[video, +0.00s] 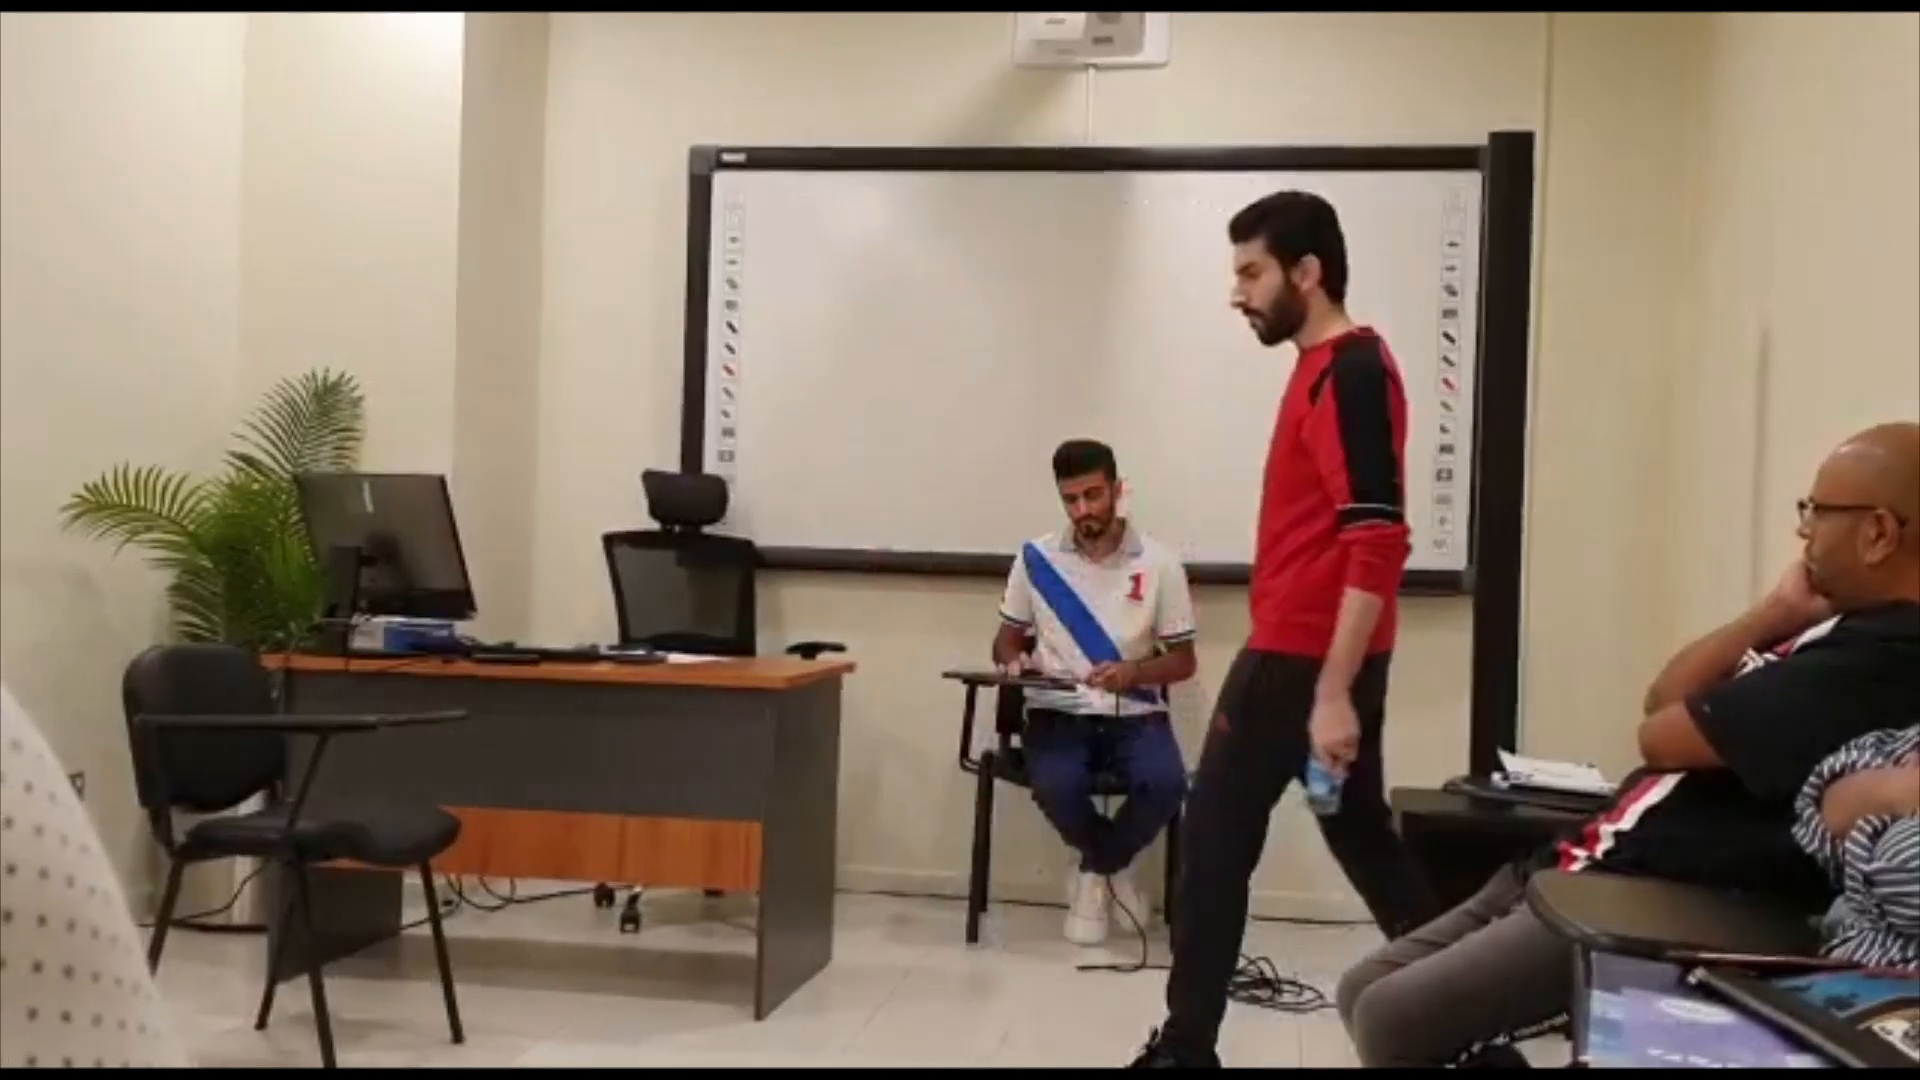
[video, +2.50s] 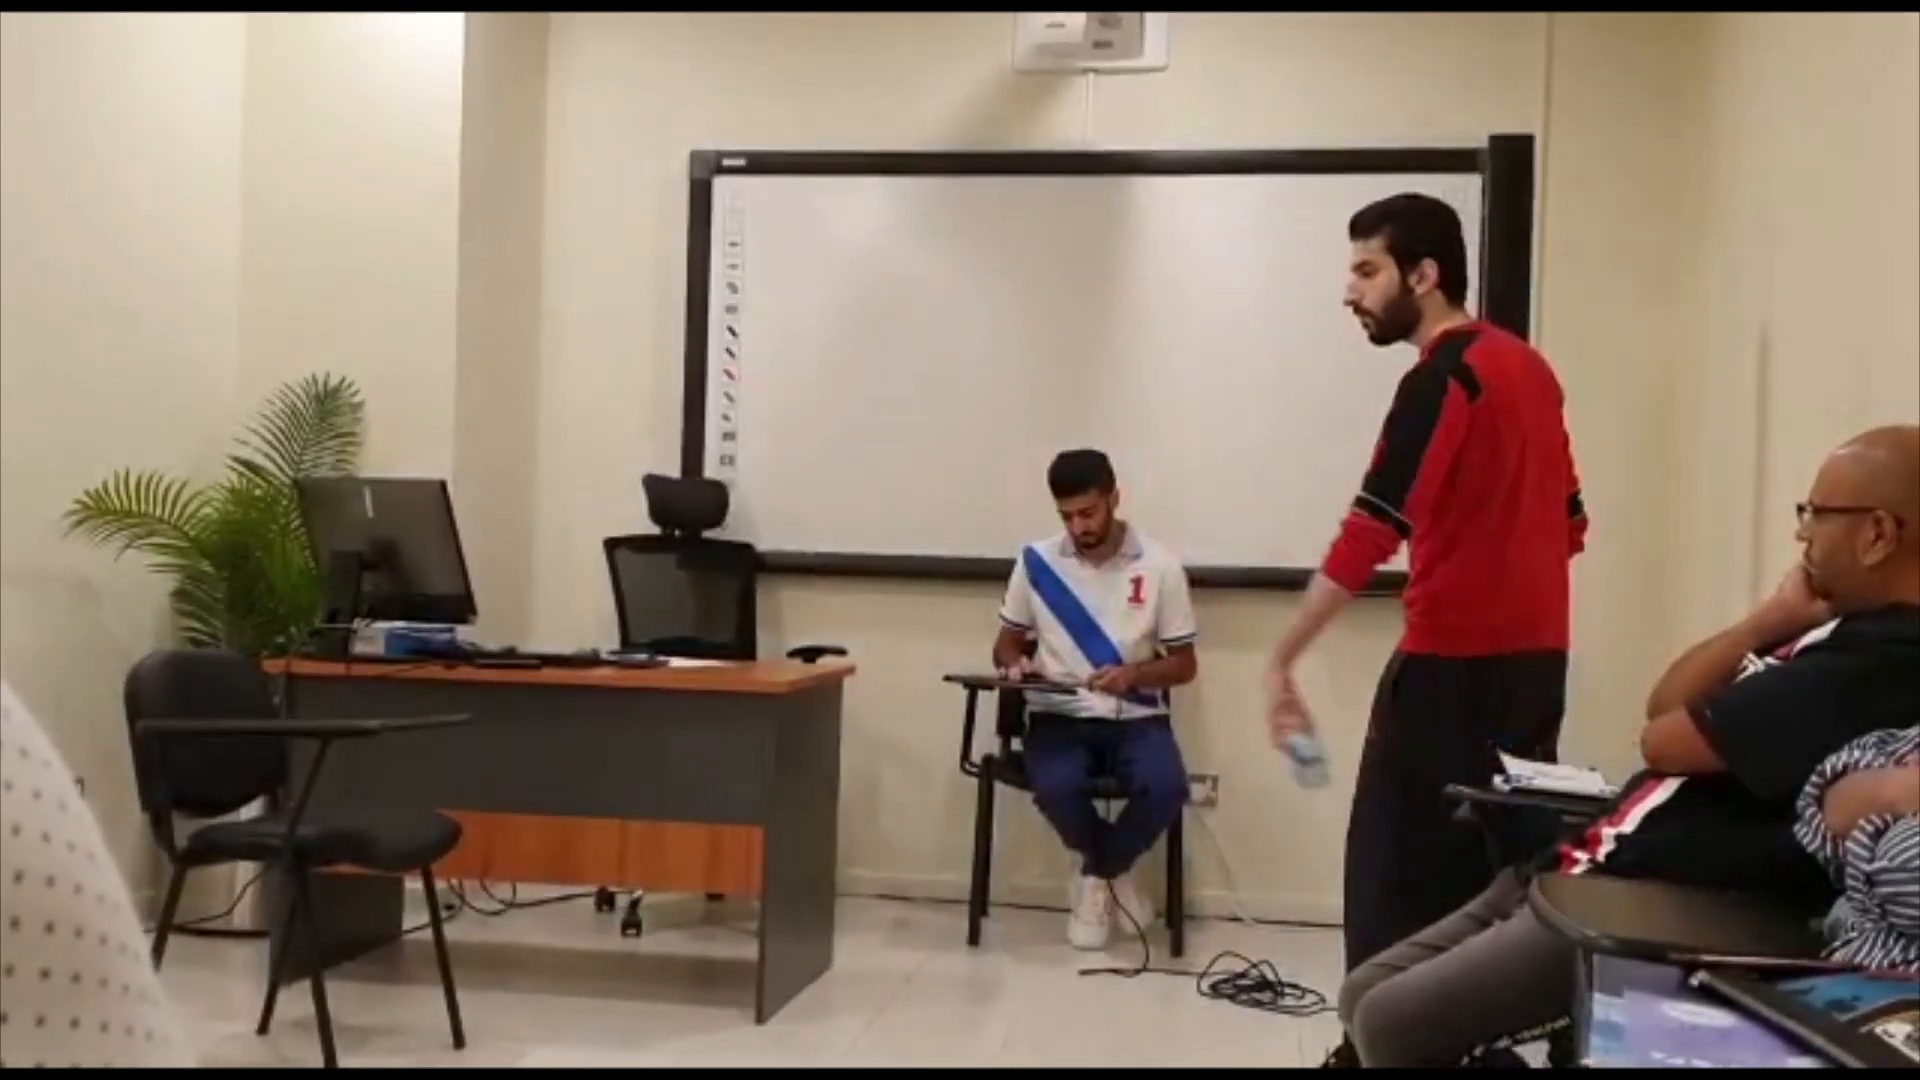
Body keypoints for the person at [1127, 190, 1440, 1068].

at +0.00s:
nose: (1236, 294)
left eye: (1249, 273)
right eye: (1234, 276)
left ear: (1308, 272)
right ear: (1303, 278)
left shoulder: (1352, 366)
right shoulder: (1322, 366)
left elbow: (1379, 541)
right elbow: (1326, 535)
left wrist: (1335, 690)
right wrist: (1267, 664)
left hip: (1300, 656)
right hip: (1319, 650)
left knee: (1215, 831)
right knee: (1365, 838)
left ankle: (1188, 1043)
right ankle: (1470, 1023)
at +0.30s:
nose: (1346, 288)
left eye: (1359, 267)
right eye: (1344, 270)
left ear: (1420, 263)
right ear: (1420, 270)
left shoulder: (1442, 362)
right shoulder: (1461, 355)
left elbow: (1471, 530)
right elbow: (1461, 530)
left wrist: (1435, 684)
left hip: (1396, 657)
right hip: (1457, 658)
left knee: (1306, 837)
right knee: (1458, 865)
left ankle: (1257, 1040)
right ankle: (1484, 1046)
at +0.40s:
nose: (1369, 280)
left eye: (1384, 260)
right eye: (1368, 263)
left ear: (1444, 260)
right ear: (1448, 267)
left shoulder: (1453, 362)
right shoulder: (1498, 359)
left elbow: (1477, 533)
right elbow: (1526, 535)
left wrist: (1435, 685)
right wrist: (1423, 628)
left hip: (1406, 660)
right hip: (1470, 660)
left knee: (1323, 843)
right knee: (1453, 867)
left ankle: (1348, 1040)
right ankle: (1457, 1045)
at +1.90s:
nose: (1378, 310)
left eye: (1394, 289)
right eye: (1378, 290)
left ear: (1455, 290)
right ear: (1452, 295)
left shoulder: (1504, 377)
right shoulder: (1489, 374)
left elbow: (1587, 533)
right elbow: (1543, 533)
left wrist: (1580, 693)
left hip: (1496, 671)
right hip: (1510, 669)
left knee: (1392, 837)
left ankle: (1413, 1046)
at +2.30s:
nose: (1344, 307)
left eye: (1358, 285)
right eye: (1344, 287)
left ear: (1419, 284)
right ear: (1426, 288)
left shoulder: (1448, 377)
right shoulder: (1521, 363)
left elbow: (1492, 546)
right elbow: (1578, 522)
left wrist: (1496, 705)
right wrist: (1511, 626)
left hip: (1460, 675)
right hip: (1534, 672)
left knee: (1390, 870)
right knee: (1498, 873)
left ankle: (1385, 1041)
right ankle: (1489, 1042)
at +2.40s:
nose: (1344, 301)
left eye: (1360, 279)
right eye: (1345, 281)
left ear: (1419, 280)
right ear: (1428, 284)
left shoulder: (1439, 379)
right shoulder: (1525, 363)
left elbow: (1434, 555)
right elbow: (1573, 525)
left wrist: (1401, 698)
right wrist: (1499, 606)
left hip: (1452, 673)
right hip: (1535, 669)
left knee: (1388, 876)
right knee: (1504, 870)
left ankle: (1383, 1042)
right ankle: (1494, 1040)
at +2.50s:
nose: (1351, 293)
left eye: (1365, 272)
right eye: (1352, 273)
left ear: (1424, 274)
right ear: (1434, 277)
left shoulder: (1440, 374)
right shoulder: (1529, 365)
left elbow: (1372, 530)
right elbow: (1570, 527)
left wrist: (1282, 657)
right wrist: (1467, 580)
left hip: (1450, 665)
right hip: (1533, 664)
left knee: (1390, 863)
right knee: (1503, 861)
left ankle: (1388, 1041)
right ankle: (1490, 1035)